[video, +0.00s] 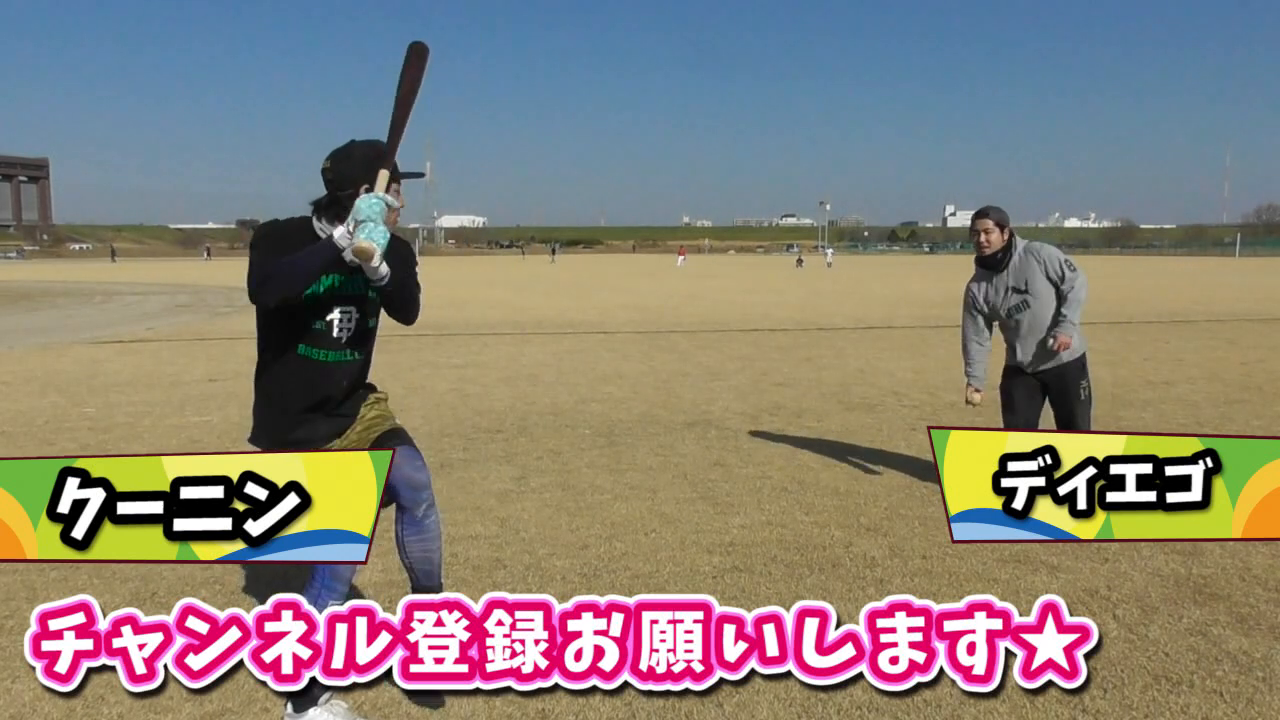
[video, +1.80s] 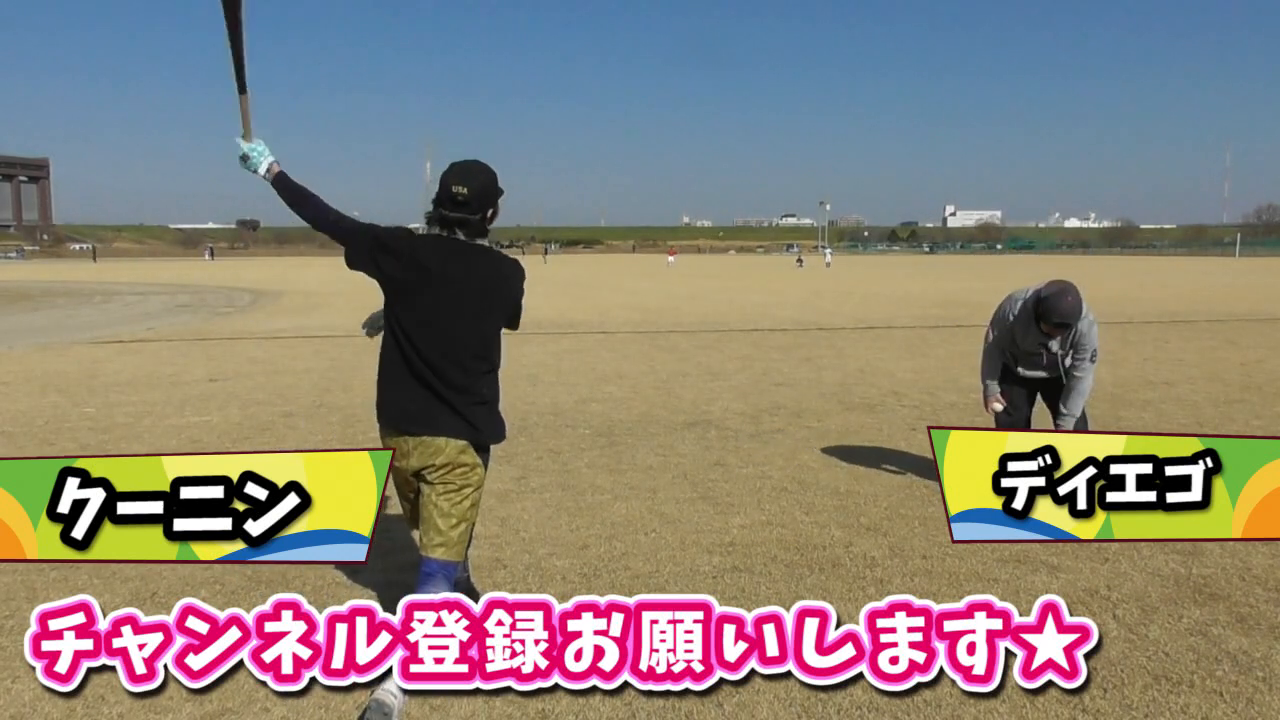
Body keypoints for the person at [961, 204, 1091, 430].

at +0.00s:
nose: (981, 239)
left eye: (988, 232)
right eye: (976, 233)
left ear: (1005, 233)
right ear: (971, 236)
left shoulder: (1039, 255)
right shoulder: (978, 289)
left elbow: (1075, 283)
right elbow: (975, 339)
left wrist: (1067, 327)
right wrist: (975, 381)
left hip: (1065, 363)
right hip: (1020, 369)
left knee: (1077, 440)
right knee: (1017, 440)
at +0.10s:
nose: (981, 239)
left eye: (988, 232)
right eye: (975, 233)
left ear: (1005, 234)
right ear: (971, 237)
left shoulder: (1040, 254)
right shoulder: (978, 286)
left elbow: (1076, 283)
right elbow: (967, 327)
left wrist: (1078, 326)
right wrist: (952, 363)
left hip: (1065, 361)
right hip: (1021, 368)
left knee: (1079, 438)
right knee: (1018, 440)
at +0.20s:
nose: (984, 238)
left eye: (990, 231)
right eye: (978, 233)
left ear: (1006, 231)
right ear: (972, 238)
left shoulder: (1041, 253)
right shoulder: (978, 281)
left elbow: (1077, 284)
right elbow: (965, 308)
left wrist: (1090, 325)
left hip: (1066, 361)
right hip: (1021, 368)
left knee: (1079, 436)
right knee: (1019, 438)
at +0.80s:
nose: (1026, 233)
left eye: (1033, 226)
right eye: (1020, 226)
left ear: (1049, 226)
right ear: (1013, 226)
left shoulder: (1071, 263)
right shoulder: (999, 265)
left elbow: (1086, 312)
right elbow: (981, 311)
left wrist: (1083, 355)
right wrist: (978, 353)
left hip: (1061, 369)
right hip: (1014, 372)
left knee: (1077, 442)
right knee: (1013, 442)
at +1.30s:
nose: (1060, 258)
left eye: (1068, 252)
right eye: (1055, 249)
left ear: (1081, 248)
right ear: (1047, 239)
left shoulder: (1090, 275)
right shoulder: (1019, 265)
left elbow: (1090, 323)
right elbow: (1000, 308)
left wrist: (1066, 359)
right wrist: (1005, 351)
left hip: (1060, 370)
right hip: (1015, 370)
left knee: (1076, 442)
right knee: (1013, 443)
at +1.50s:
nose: (1065, 290)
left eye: (1072, 286)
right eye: (1060, 284)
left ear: (1082, 280)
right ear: (1049, 271)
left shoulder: (1089, 294)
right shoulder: (1018, 281)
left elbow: (1093, 342)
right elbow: (999, 325)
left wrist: (1082, 388)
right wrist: (1003, 370)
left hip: (1058, 373)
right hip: (1014, 371)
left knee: (1076, 439)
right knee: (1011, 441)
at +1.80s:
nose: (1055, 334)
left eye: (1062, 330)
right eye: (1050, 329)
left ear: (1073, 322)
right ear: (1038, 314)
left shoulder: (1085, 325)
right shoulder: (1013, 309)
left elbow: (1081, 377)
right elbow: (992, 347)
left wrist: (1065, 425)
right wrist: (990, 387)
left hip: (1058, 377)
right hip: (1016, 376)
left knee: (1077, 430)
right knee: (1010, 429)